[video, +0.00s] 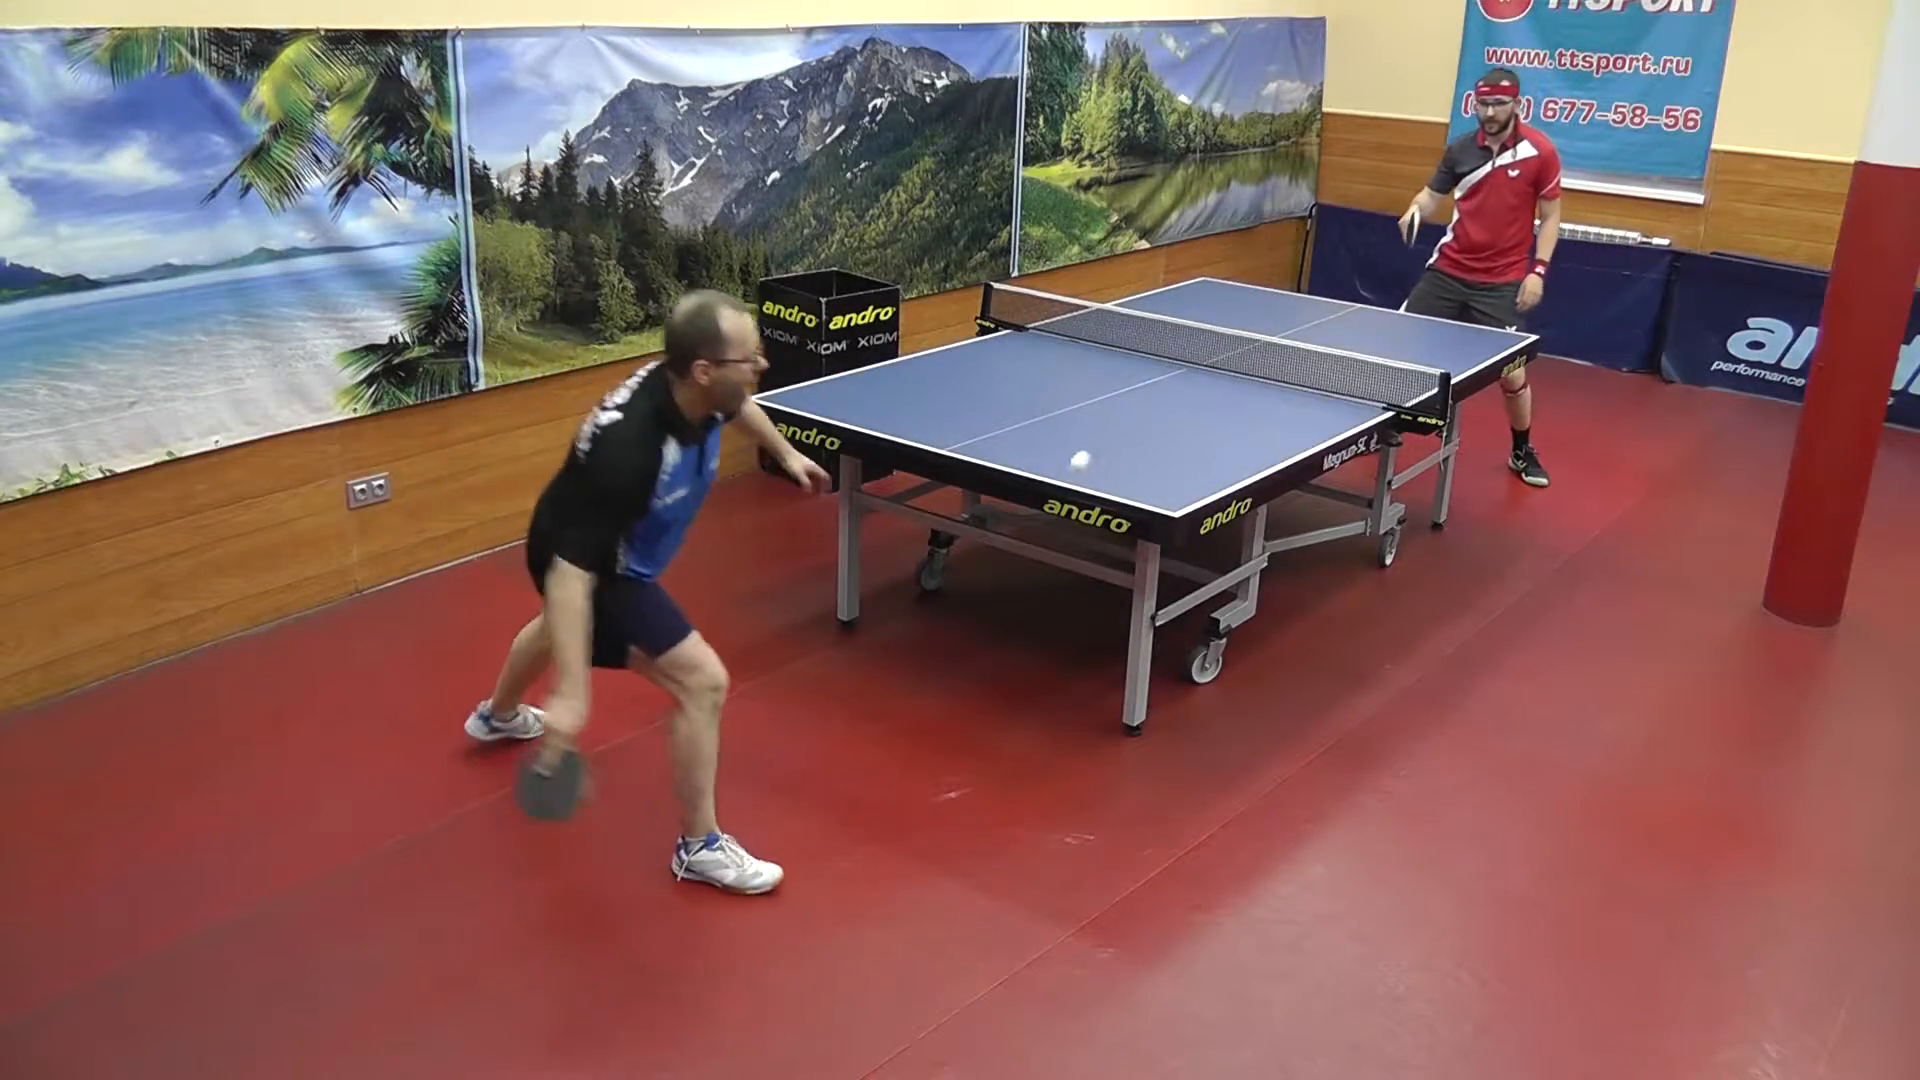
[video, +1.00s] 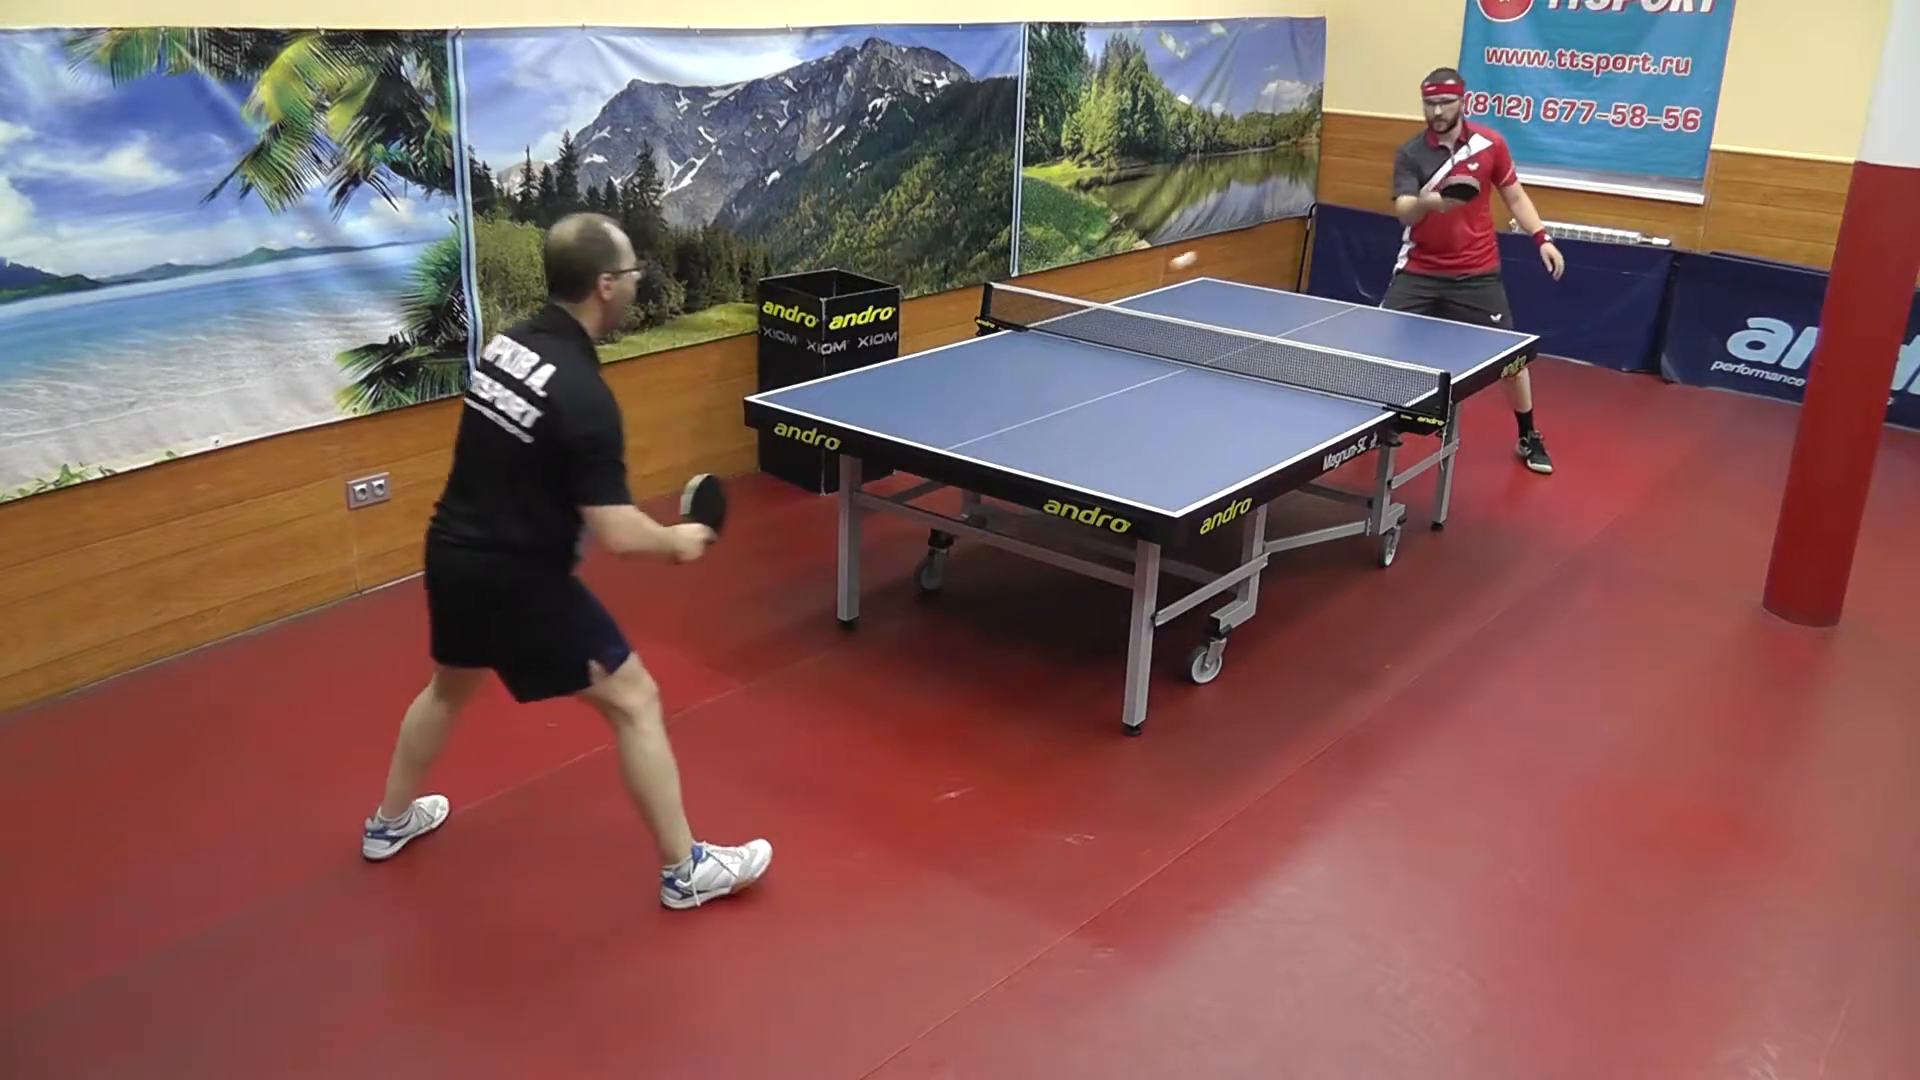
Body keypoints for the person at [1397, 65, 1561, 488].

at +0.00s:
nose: (1489, 114)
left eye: (1498, 105)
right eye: (1483, 104)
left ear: (1517, 106)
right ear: (1475, 106)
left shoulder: (1541, 154)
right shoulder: (1459, 150)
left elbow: (1550, 216)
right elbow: (1432, 195)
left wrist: (1538, 272)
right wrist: (1416, 208)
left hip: (1501, 285)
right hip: (1447, 274)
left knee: (1513, 375)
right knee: (1398, 342)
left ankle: (1522, 451)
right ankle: (1380, 423)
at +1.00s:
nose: (1438, 113)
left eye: (1446, 104)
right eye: (1431, 104)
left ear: (1463, 102)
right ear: (1422, 105)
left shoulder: (1490, 145)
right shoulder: (1411, 154)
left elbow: (1515, 197)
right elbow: (1403, 213)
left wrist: (1543, 240)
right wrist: (1424, 202)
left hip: (1478, 276)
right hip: (1418, 273)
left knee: (1511, 354)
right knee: (1381, 345)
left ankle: (1529, 437)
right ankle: (1371, 425)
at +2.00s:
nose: (1485, 110)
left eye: (1494, 102)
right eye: (1479, 101)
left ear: (1513, 103)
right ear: (1471, 100)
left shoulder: (1540, 148)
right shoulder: (1462, 145)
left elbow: (1551, 210)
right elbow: (1435, 194)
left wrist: (1537, 262)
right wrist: (1432, 216)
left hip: (1511, 275)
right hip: (1457, 266)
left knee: (1524, 363)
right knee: (1414, 336)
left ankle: (1532, 437)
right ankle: (1400, 415)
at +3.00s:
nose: (1507, 101)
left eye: (1518, 93)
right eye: (1502, 92)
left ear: (1536, 96)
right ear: (1496, 93)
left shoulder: (1556, 147)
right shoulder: (1477, 133)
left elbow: (1559, 214)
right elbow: (1438, 168)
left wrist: (1542, 266)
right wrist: (1419, 169)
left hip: (1513, 278)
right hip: (1457, 266)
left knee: (1523, 367)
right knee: (1414, 340)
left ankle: (1531, 437)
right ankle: (1397, 414)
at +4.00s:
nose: (1471, 106)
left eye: (1480, 98)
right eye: (1466, 98)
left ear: (1500, 98)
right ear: (1459, 98)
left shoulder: (1526, 142)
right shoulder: (1447, 146)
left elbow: (1544, 196)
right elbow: (1432, 196)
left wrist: (1561, 247)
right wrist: (1424, 229)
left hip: (1508, 272)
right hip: (1449, 269)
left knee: (1534, 361)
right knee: (1408, 342)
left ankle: (1543, 436)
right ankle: (1397, 417)